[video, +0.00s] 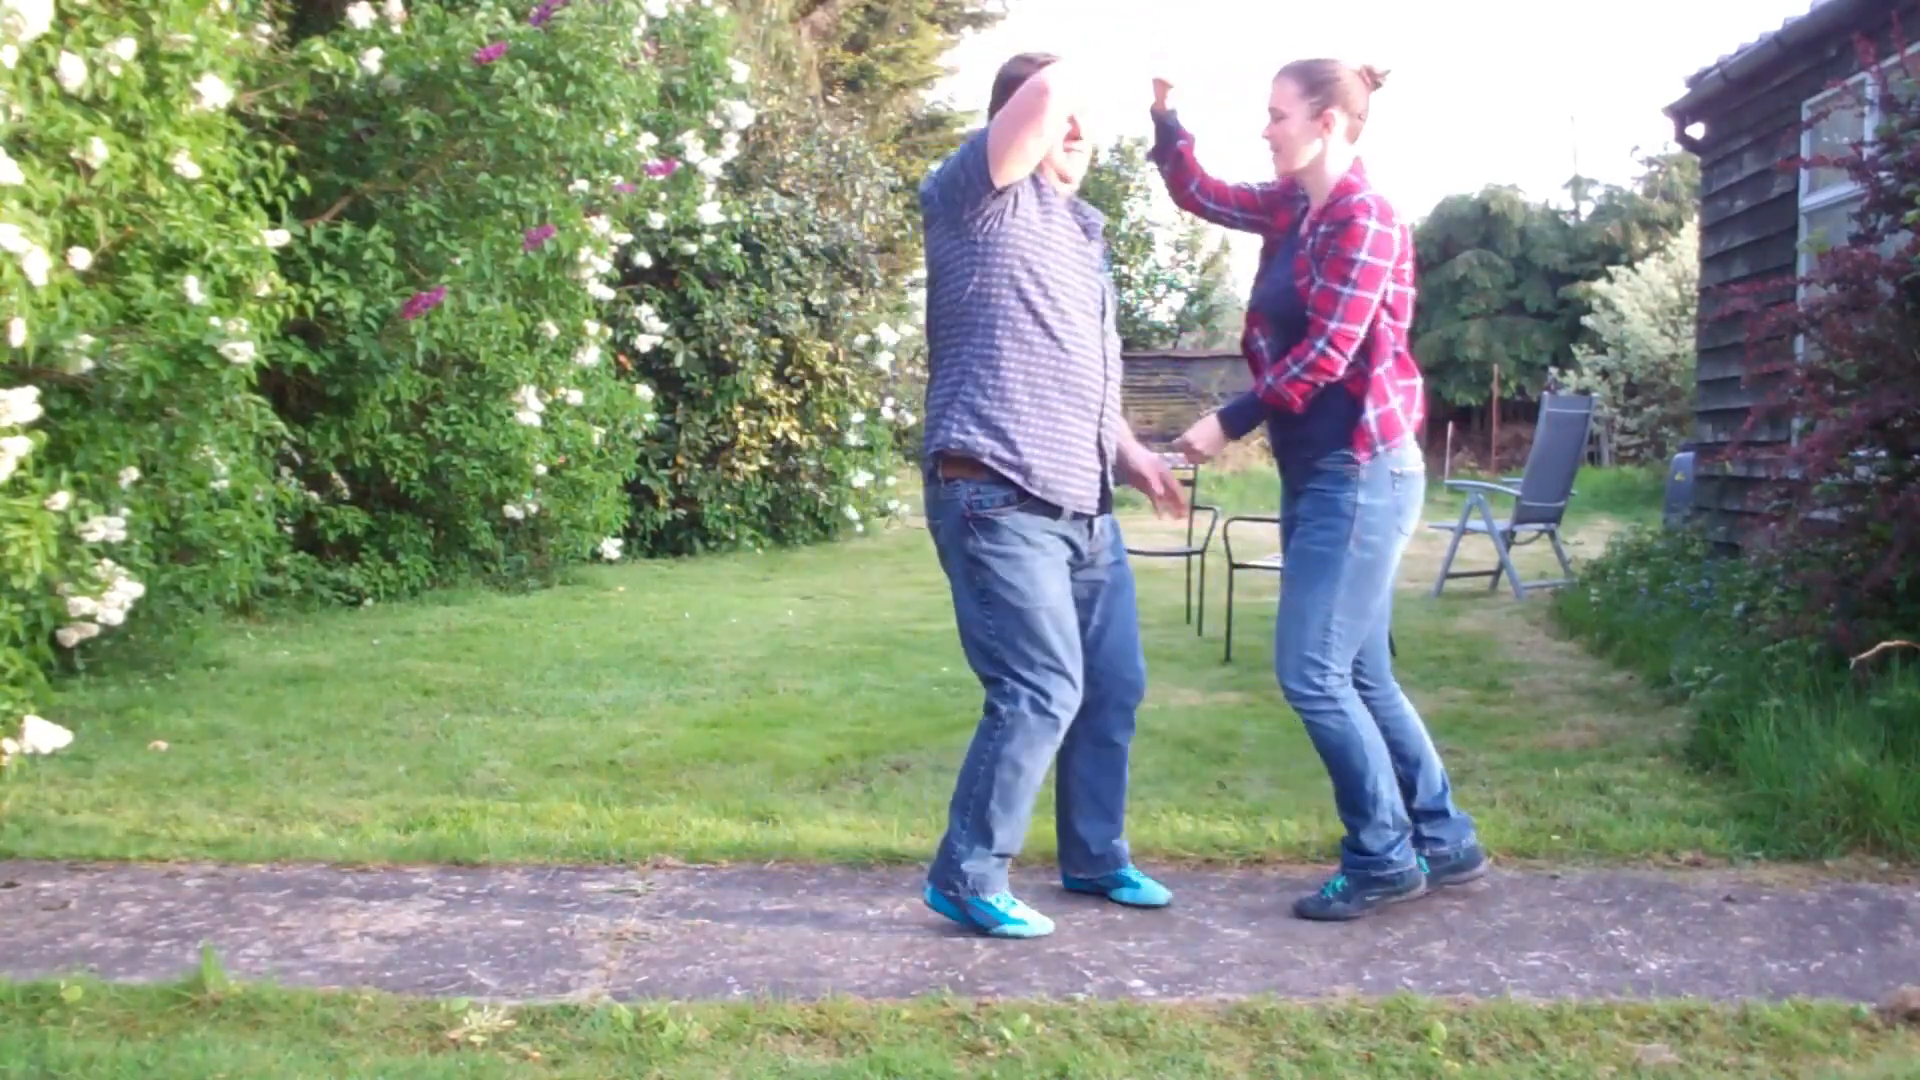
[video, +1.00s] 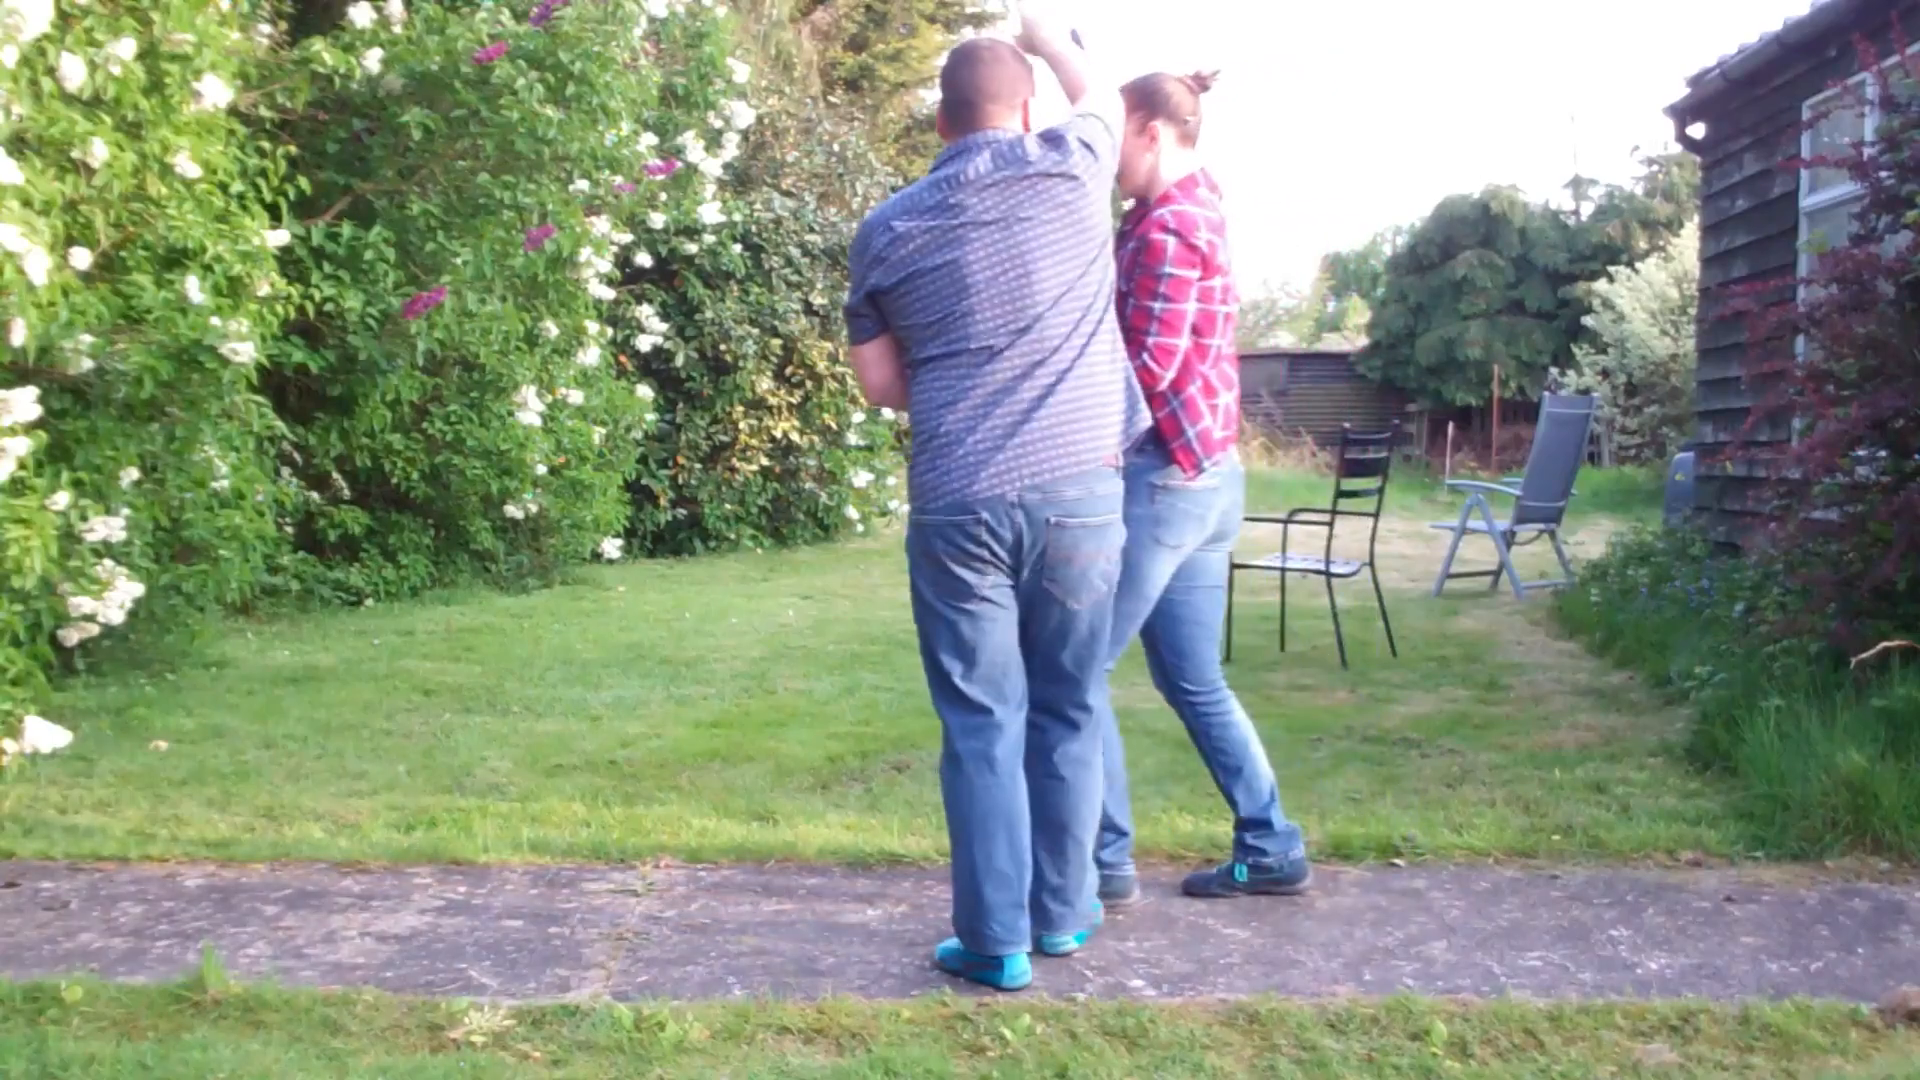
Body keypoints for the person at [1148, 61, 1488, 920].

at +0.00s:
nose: (1265, 132)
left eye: (1278, 118)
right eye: (1266, 118)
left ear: (1331, 126)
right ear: (1316, 125)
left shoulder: (1368, 221)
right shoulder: (1292, 208)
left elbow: (1325, 356)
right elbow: (1201, 194)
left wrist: (1228, 421)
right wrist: (1164, 119)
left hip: (1361, 471)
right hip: (1325, 469)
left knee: (1312, 675)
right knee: (1364, 674)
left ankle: (1384, 857)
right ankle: (1443, 837)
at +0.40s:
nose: (1237, 130)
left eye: (1249, 116)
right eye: (1239, 116)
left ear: (1300, 125)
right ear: (1278, 128)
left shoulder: (1347, 225)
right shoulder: (1250, 195)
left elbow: (1350, 354)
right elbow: (1172, 125)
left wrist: (1240, 377)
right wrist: (1098, 41)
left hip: (1335, 473)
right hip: (1268, 477)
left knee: (1344, 677)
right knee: (1227, 662)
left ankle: (1395, 868)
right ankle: (1306, 835)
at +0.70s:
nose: (1192, 137)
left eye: (1202, 122)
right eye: (1194, 123)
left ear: (1248, 125)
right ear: (1240, 125)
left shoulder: (1282, 227)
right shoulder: (1214, 203)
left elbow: (1261, 366)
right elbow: (1141, 159)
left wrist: (1149, 373)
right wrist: (1065, 88)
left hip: (1260, 466)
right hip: (1212, 463)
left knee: (1251, 671)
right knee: (1216, 670)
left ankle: (1363, 839)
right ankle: (1271, 848)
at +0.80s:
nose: (1167, 140)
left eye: (1176, 124)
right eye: (1170, 125)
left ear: (1218, 127)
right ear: (1224, 128)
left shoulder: (1243, 224)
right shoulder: (1204, 201)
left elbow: (1227, 362)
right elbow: (1127, 157)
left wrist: (1127, 373)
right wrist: (1060, 88)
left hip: (1226, 466)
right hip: (1251, 462)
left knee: (1168, 665)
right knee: (1230, 668)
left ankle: (1304, 811)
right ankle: (1265, 849)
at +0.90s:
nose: (1129, 143)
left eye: (1141, 129)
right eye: (1131, 128)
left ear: (1187, 132)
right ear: (1192, 135)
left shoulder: (1205, 224)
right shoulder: (1198, 215)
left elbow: (1187, 360)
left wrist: (1089, 380)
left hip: (1195, 475)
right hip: (1241, 472)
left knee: (1116, 662)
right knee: (1213, 669)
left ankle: (1196, 838)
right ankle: (1276, 848)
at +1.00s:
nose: (1106, 152)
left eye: (1115, 135)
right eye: (1108, 136)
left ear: (1152, 135)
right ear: (1163, 136)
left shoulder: (1169, 228)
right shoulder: (1191, 212)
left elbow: (1152, 368)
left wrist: (1069, 410)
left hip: (1166, 482)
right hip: (1213, 474)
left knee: (1075, 669)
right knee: (1193, 678)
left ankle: (1105, 860)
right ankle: (1270, 846)